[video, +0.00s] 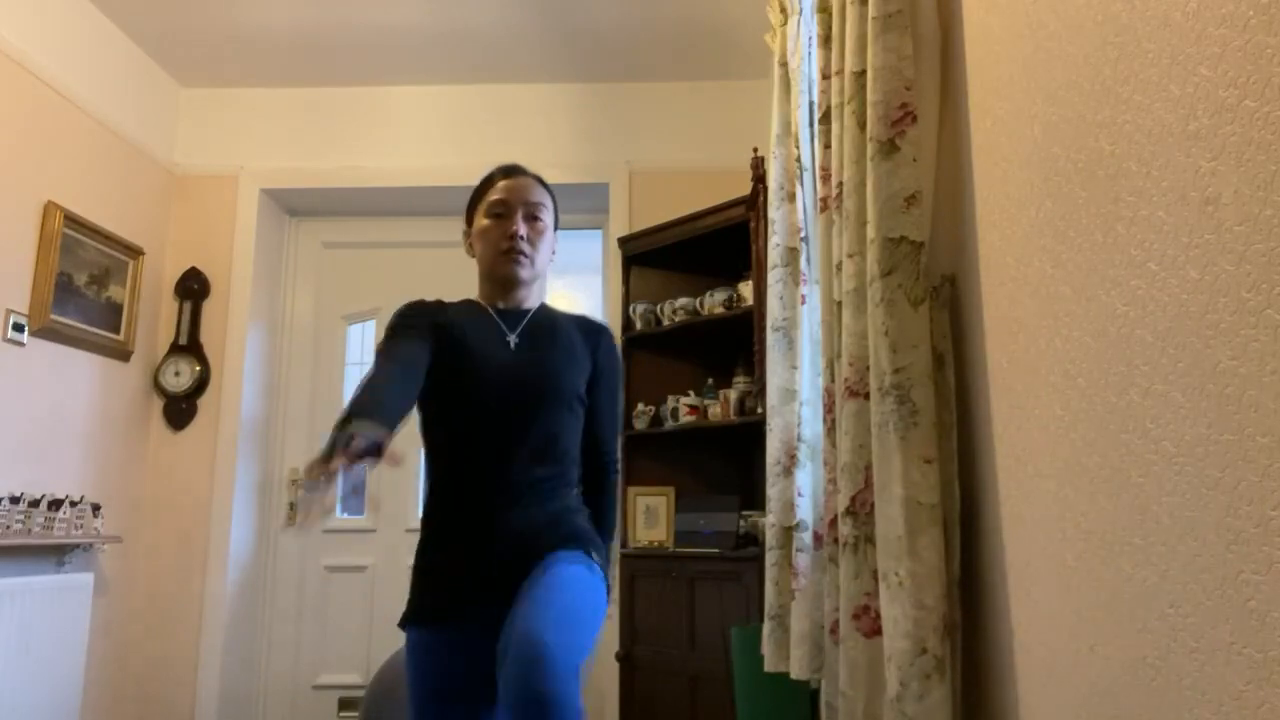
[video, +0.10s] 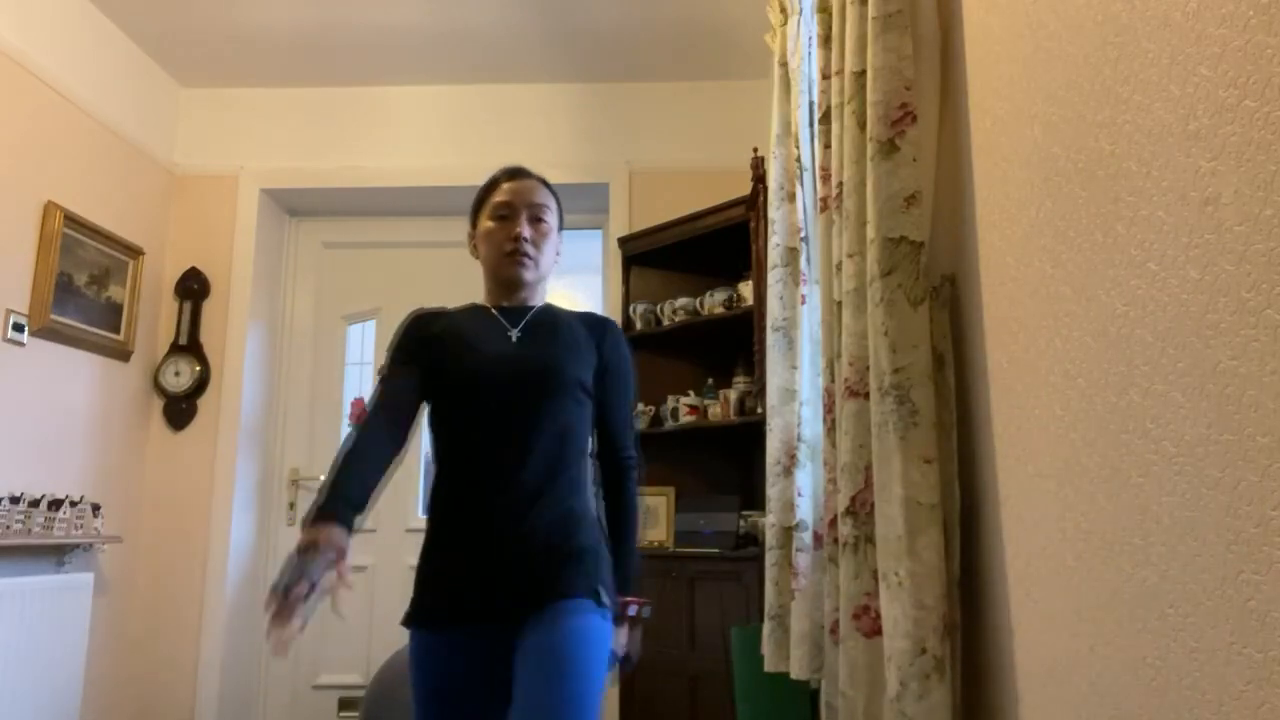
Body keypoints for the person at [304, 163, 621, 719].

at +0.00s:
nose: (517, 225)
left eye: (534, 215)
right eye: (499, 212)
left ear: (553, 244)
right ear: (470, 239)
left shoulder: (590, 340)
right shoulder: (430, 321)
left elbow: (602, 465)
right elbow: (394, 375)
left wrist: (594, 560)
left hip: (559, 555)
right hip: (453, 561)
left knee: (536, 657)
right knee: (441, 707)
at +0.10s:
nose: (521, 229)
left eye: (539, 219)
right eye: (503, 216)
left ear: (558, 247)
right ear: (474, 241)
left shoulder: (598, 338)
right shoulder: (430, 332)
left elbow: (621, 466)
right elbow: (381, 431)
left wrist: (625, 592)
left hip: (564, 587)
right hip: (455, 585)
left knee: (553, 710)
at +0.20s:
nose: (530, 232)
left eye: (547, 221)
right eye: (511, 219)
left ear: (568, 250)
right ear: (483, 246)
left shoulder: (608, 340)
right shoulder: (441, 344)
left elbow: (642, 472)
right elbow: (384, 472)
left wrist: (660, 599)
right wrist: (327, 590)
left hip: (579, 617)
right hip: (461, 615)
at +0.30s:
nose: (543, 232)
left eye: (559, 221)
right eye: (525, 219)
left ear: (580, 248)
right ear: (495, 248)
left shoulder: (624, 341)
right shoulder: (454, 344)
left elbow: (666, 455)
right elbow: (407, 482)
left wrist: (696, 577)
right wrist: (354, 614)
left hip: (598, 604)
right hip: (481, 605)